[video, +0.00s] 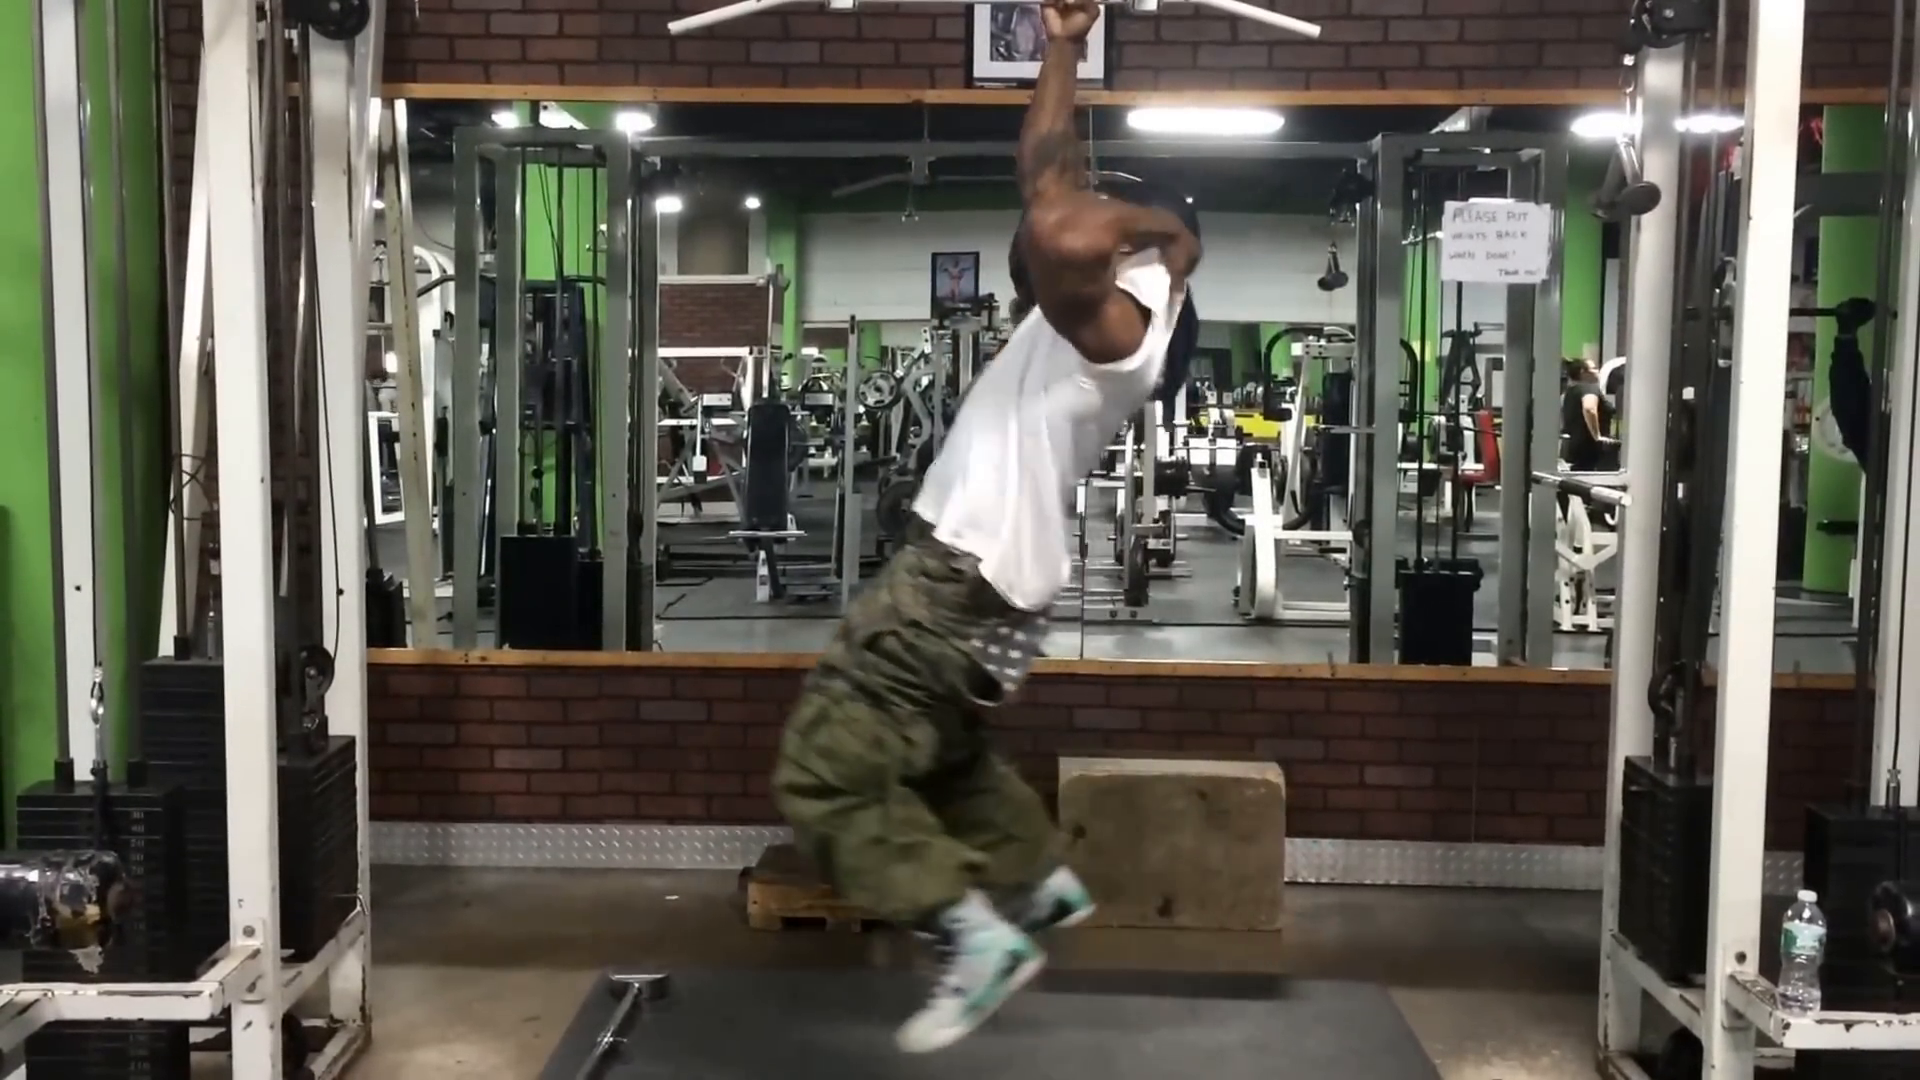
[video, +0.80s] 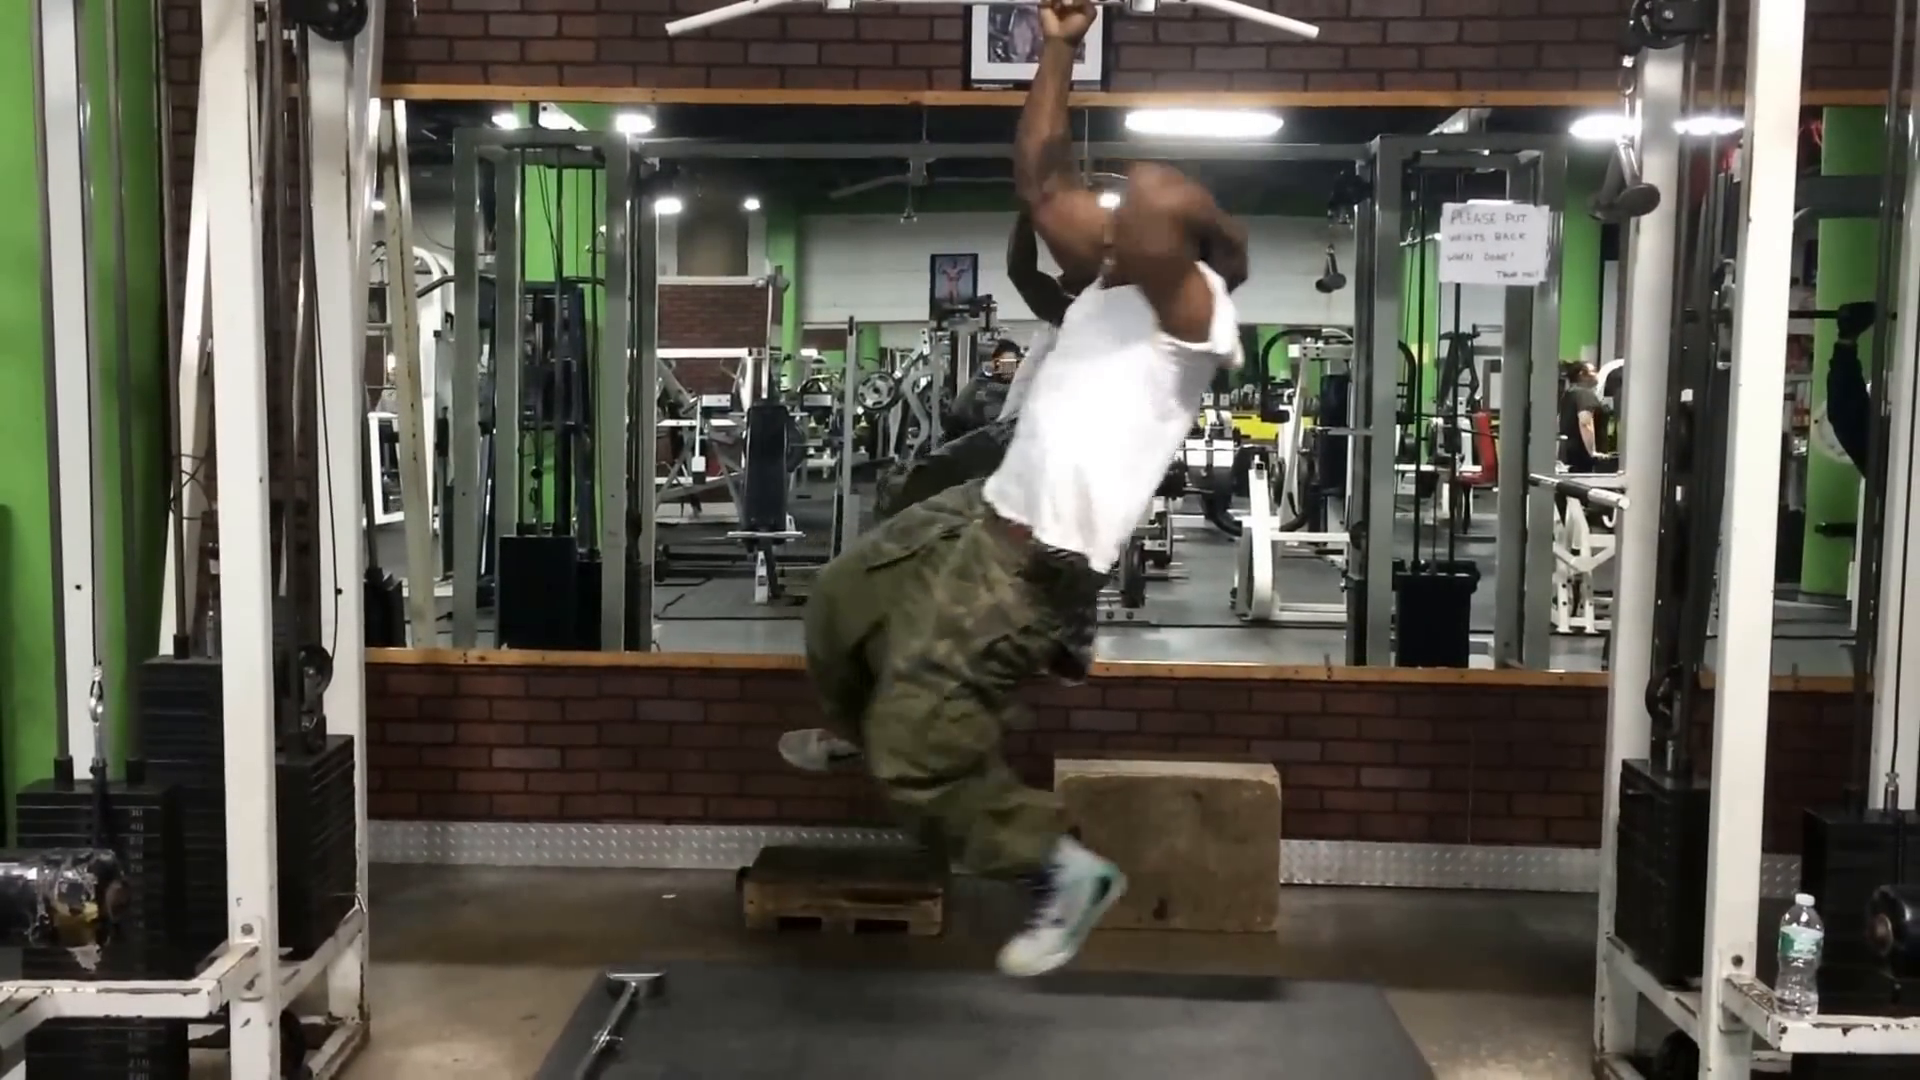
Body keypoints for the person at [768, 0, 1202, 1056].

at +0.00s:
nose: (1078, 244)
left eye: (1098, 231)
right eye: (1090, 229)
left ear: (1135, 255)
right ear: (1123, 247)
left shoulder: (1124, 335)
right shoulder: (1102, 318)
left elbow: (1053, 239)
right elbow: (1046, 176)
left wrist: (1161, 228)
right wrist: (1064, 44)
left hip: (963, 571)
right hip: (997, 581)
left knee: (827, 768)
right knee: (934, 741)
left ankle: (976, 939)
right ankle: (1035, 881)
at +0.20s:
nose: (1079, 203)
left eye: (1090, 191)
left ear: (1117, 212)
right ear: (1166, 237)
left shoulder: (1119, 299)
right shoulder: (1087, 298)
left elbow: (1064, 181)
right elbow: (1034, 175)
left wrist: (1178, 167)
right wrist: (1059, 50)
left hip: (933, 556)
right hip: (974, 568)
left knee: (759, 734)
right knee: (879, 715)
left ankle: (874, 924)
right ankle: (946, 870)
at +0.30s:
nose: (1067, 199)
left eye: (1083, 185)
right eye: (1070, 179)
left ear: (1113, 207)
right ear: (1141, 223)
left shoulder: (1100, 290)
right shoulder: (1105, 310)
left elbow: (1039, 171)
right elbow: (1047, 181)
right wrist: (1065, 64)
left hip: (933, 551)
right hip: (982, 559)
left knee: (749, 715)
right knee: (845, 684)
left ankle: (859, 913)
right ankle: (913, 851)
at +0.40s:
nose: (1050, 218)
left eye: (1060, 189)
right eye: (1060, 180)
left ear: (1088, 200)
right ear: (1130, 223)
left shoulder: (1108, 288)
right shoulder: (1093, 296)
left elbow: (993, 189)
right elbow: (1016, 213)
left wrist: (1068, 120)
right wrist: (1055, 61)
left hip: (951, 546)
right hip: (974, 544)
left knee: (759, 699)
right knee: (835, 666)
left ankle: (867, 894)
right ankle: (883, 848)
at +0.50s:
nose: (1066, 201)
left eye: (1076, 189)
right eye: (1073, 190)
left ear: (1117, 225)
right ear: (1139, 232)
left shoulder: (1110, 309)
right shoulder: (1097, 294)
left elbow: (979, 216)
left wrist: (1062, 128)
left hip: (977, 549)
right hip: (949, 519)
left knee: (782, 693)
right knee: (792, 599)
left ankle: (899, 876)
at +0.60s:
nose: (1086, 220)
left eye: (1097, 210)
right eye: (1095, 206)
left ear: (1118, 227)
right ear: (1144, 232)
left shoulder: (1156, 301)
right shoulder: (1101, 281)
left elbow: (1017, 212)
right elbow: (1035, 184)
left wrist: (1146, 153)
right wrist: (1056, 53)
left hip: (990, 558)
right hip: (950, 514)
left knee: (814, 721)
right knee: (800, 590)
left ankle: (946, 875)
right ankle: (843, 780)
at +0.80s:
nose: (1116, 202)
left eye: (1137, 194)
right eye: (1118, 188)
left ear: (1181, 228)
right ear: (1132, 217)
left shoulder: (1196, 316)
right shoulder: (1101, 282)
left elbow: (1152, 202)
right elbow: (1045, 187)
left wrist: (1199, 221)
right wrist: (1057, 48)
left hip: (1027, 575)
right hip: (969, 518)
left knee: (910, 752)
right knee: (839, 603)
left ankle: (1068, 872)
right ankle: (861, 735)